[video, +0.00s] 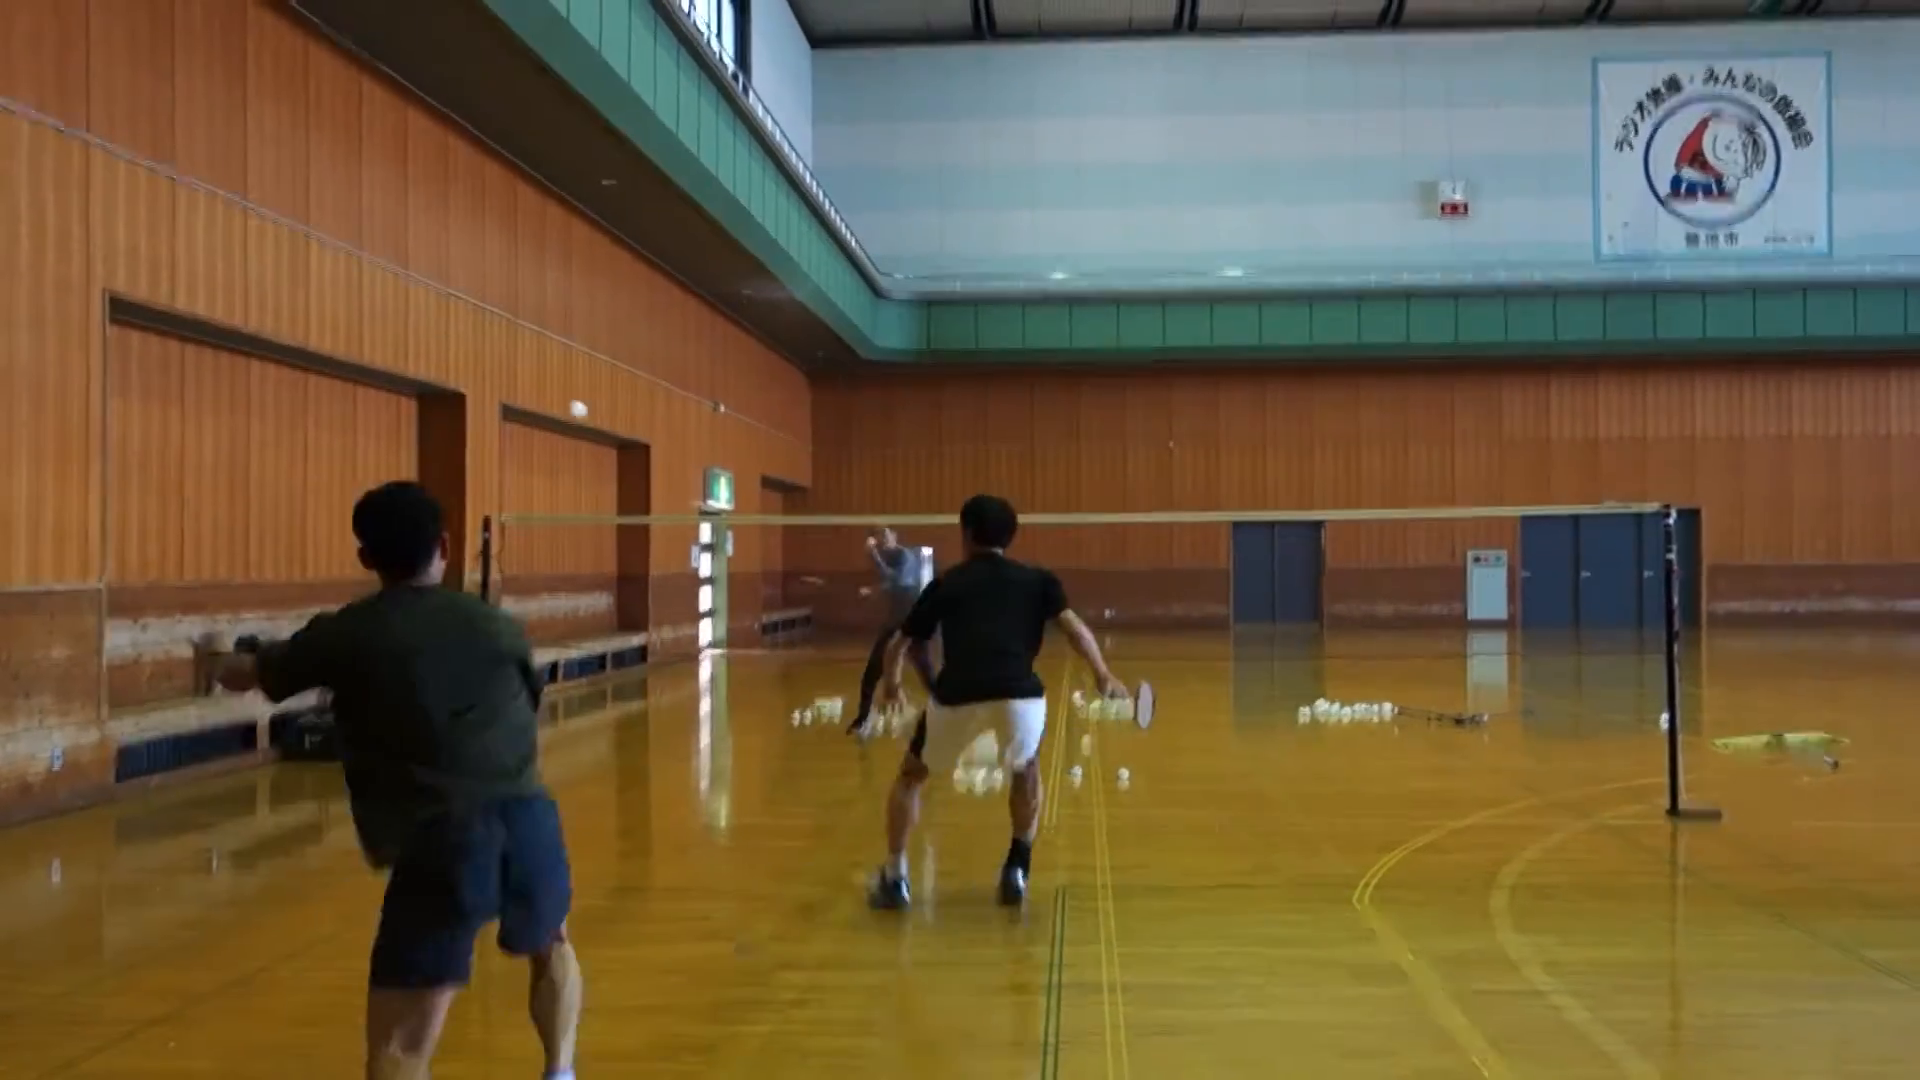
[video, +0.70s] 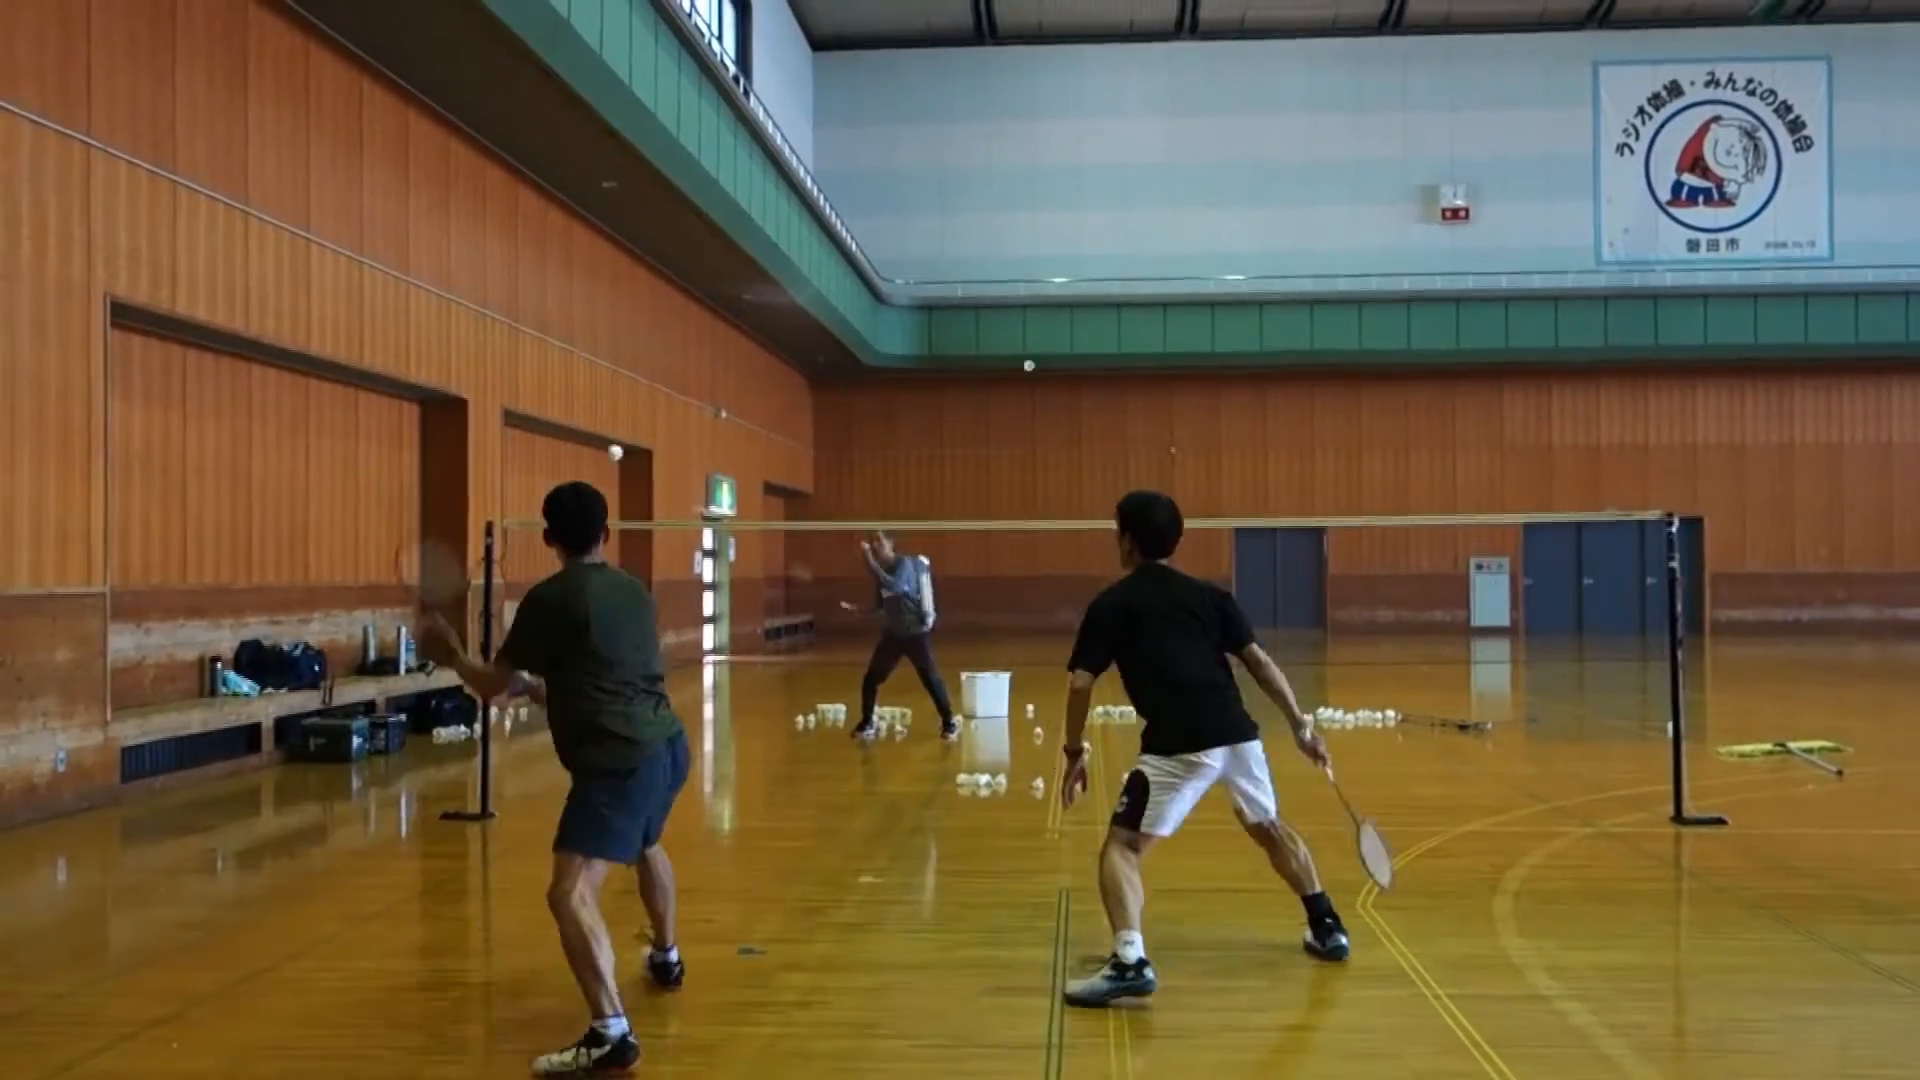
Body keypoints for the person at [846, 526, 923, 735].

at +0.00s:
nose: (883, 541)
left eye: (886, 536)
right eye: (879, 538)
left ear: (894, 536)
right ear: (877, 541)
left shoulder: (906, 555)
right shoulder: (885, 558)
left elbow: (897, 578)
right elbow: (891, 585)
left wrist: (875, 554)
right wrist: (872, 591)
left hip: (914, 621)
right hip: (894, 621)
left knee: (926, 669)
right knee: (872, 670)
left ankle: (946, 708)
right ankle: (863, 717)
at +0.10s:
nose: (877, 546)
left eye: (880, 541)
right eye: (874, 543)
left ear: (891, 541)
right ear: (872, 547)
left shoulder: (904, 564)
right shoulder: (881, 568)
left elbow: (879, 577)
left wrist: (849, 549)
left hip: (912, 634)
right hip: (890, 634)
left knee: (927, 681)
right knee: (868, 680)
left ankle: (945, 721)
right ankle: (866, 722)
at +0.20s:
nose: (881, 547)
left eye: (882, 542)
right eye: (876, 545)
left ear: (890, 541)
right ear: (873, 549)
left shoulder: (904, 562)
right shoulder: (881, 568)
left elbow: (880, 578)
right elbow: (867, 588)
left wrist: (850, 563)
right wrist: (850, 574)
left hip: (911, 633)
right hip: (889, 632)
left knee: (928, 680)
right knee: (867, 679)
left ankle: (946, 723)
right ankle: (865, 722)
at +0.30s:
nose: (881, 550)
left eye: (884, 545)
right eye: (878, 546)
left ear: (893, 545)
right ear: (880, 549)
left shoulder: (912, 566)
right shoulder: (886, 571)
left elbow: (898, 586)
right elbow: (870, 587)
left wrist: (866, 577)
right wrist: (849, 586)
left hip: (916, 636)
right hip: (893, 636)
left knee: (934, 681)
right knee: (872, 681)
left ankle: (951, 722)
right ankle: (869, 724)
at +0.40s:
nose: (880, 547)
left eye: (883, 542)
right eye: (877, 544)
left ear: (892, 542)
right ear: (875, 548)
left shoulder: (911, 563)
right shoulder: (875, 572)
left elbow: (905, 588)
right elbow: (860, 595)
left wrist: (871, 586)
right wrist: (844, 608)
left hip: (915, 632)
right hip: (890, 633)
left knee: (931, 678)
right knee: (869, 678)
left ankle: (948, 720)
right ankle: (866, 721)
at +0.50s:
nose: (881, 547)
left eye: (884, 541)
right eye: (878, 542)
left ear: (893, 542)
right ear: (874, 546)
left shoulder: (910, 563)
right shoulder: (877, 573)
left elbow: (911, 592)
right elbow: (880, 602)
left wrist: (882, 594)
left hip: (914, 630)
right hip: (890, 632)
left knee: (930, 677)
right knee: (870, 680)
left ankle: (949, 721)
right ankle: (867, 722)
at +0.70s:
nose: (878, 549)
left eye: (881, 544)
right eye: (874, 545)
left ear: (891, 544)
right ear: (873, 550)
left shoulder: (906, 564)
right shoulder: (881, 573)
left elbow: (896, 587)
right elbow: (880, 607)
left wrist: (872, 564)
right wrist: (857, 610)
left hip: (915, 633)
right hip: (893, 634)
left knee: (930, 679)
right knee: (871, 680)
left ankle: (948, 721)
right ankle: (867, 722)